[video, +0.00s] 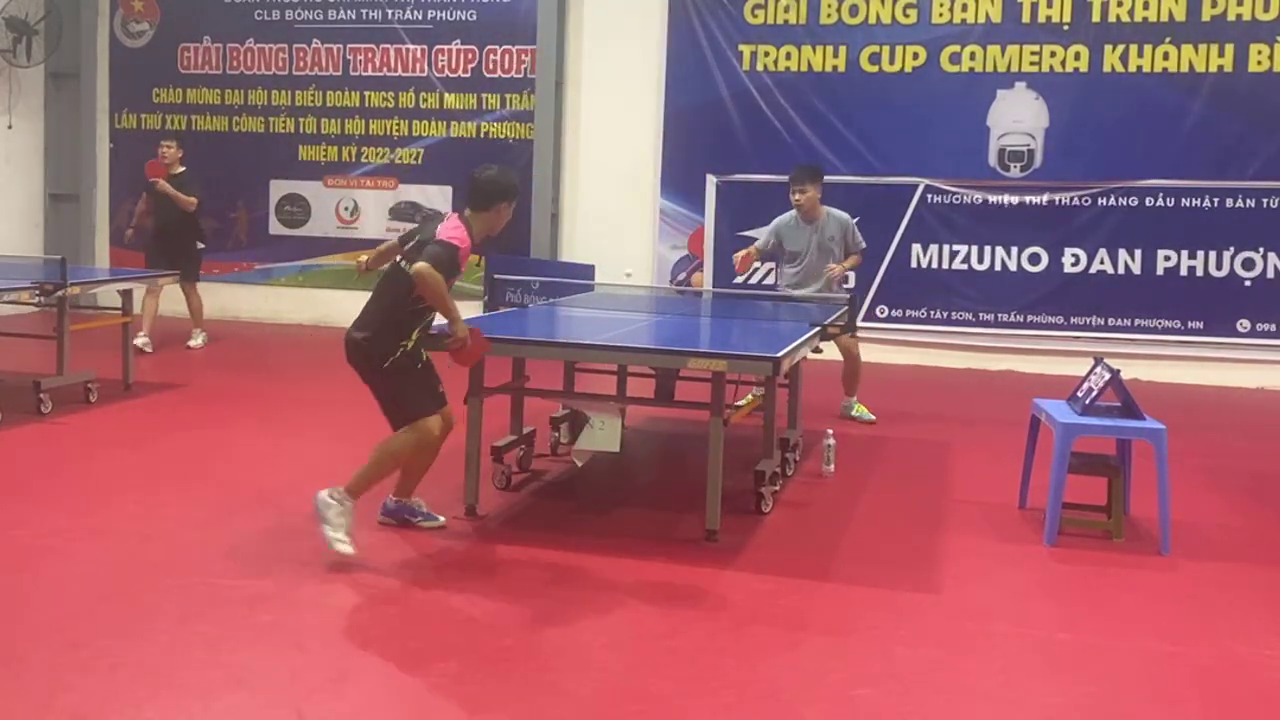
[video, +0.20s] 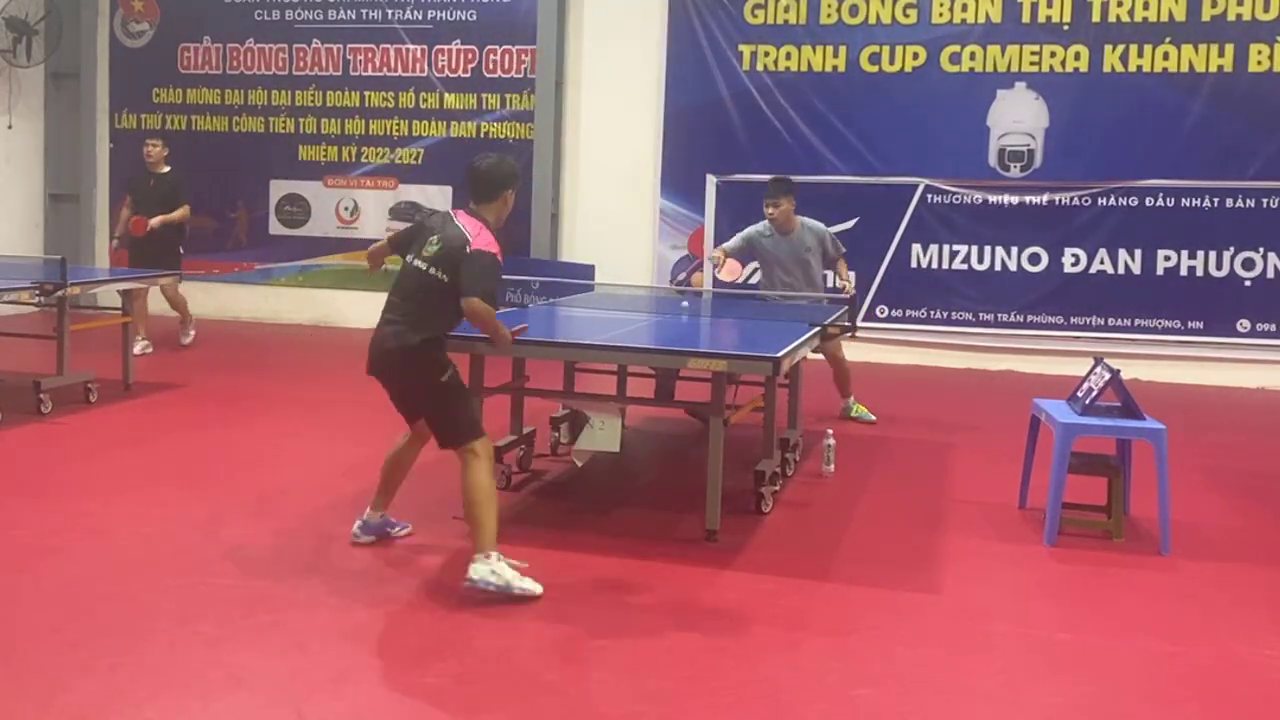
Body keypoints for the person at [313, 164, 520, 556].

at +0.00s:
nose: (508, 219)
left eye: (511, 210)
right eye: (509, 210)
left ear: (476, 202)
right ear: (498, 209)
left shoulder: (441, 221)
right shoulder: (456, 239)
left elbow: (398, 242)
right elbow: (424, 272)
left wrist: (372, 261)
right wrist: (456, 320)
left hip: (398, 339)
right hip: (378, 342)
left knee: (443, 421)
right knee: (427, 427)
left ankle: (400, 502)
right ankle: (341, 498)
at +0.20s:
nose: (514, 203)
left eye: (515, 196)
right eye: (515, 196)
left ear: (471, 191)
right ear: (506, 197)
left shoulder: (435, 220)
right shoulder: (482, 243)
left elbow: (380, 249)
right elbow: (474, 305)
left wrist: (375, 259)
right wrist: (501, 334)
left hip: (386, 347)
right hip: (419, 352)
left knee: (421, 430)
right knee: (476, 448)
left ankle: (373, 519)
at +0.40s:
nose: (514, 200)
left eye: (512, 193)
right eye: (513, 194)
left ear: (467, 193)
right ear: (505, 197)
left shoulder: (431, 225)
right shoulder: (507, 248)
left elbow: (372, 257)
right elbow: (536, 324)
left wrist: (413, 269)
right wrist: (529, 302)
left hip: (396, 354)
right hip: (454, 366)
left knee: (382, 428)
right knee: (509, 457)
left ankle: (340, 521)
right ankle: (490, 574)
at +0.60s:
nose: (498, 217)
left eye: (496, 210)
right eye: (497, 210)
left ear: (450, 211)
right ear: (490, 214)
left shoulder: (417, 246)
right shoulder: (500, 267)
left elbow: (366, 284)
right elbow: (552, 325)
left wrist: (418, 284)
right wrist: (537, 304)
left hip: (389, 388)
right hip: (454, 396)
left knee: (339, 466)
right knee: (519, 469)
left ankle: (307, 549)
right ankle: (517, 584)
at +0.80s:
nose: (497, 233)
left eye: (495, 225)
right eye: (495, 226)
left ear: (446, 226)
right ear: (483, 229)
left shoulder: (400, 257)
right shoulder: (501, 277)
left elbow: (338, 254)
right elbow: (558, 295)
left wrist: (360, 244)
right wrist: (598, 263)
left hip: (400, 410)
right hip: (470, 409)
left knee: (330, 488)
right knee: (517, 447)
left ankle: (309, 587)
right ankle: (545, 519)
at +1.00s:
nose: (567, 223)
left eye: (566, 215)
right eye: (565, 216)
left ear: (521, 213)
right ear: (554, 219)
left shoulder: (482, 245)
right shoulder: (568, 264)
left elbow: (429, 279)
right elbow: (618, 290)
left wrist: (366, 296)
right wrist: (659, 303)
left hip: (468, 380)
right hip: (526, 387)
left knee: (414, 467)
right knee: (564, 440)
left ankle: (358, 566)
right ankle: (614, 506)